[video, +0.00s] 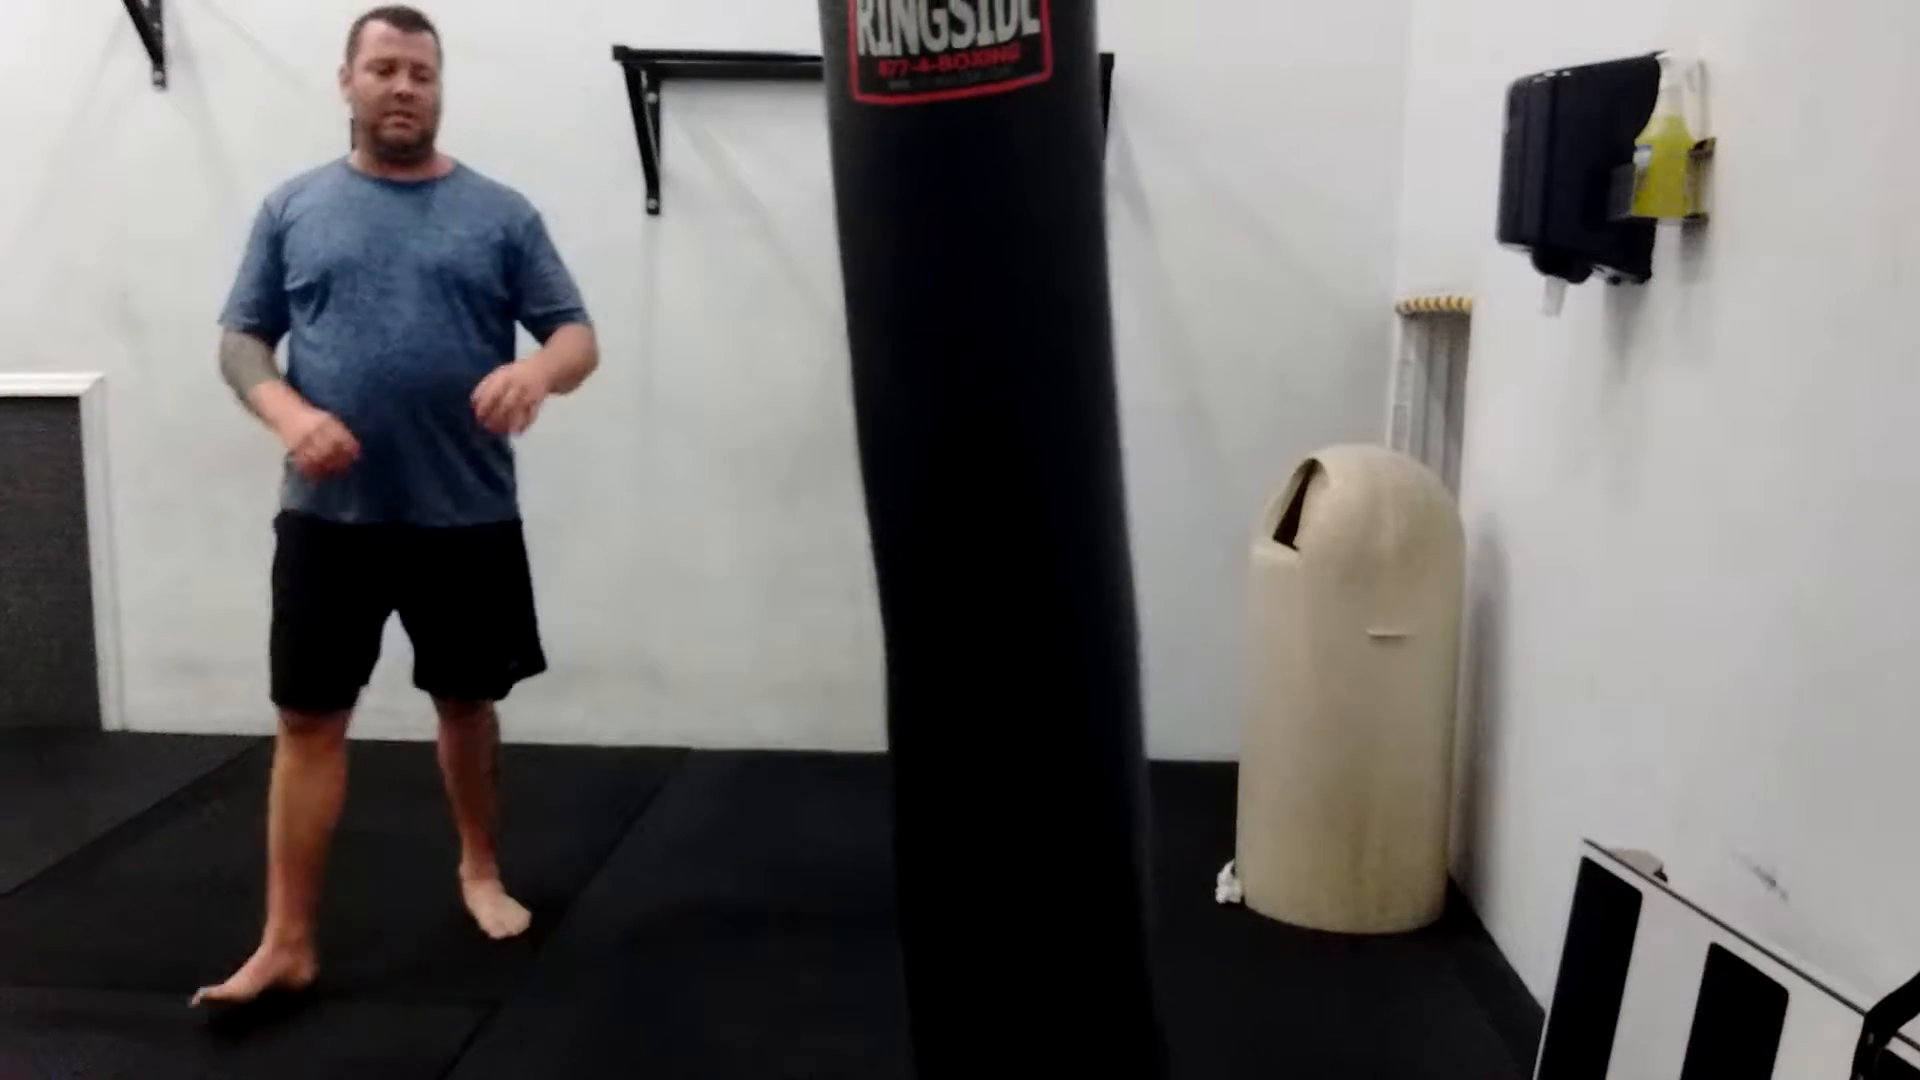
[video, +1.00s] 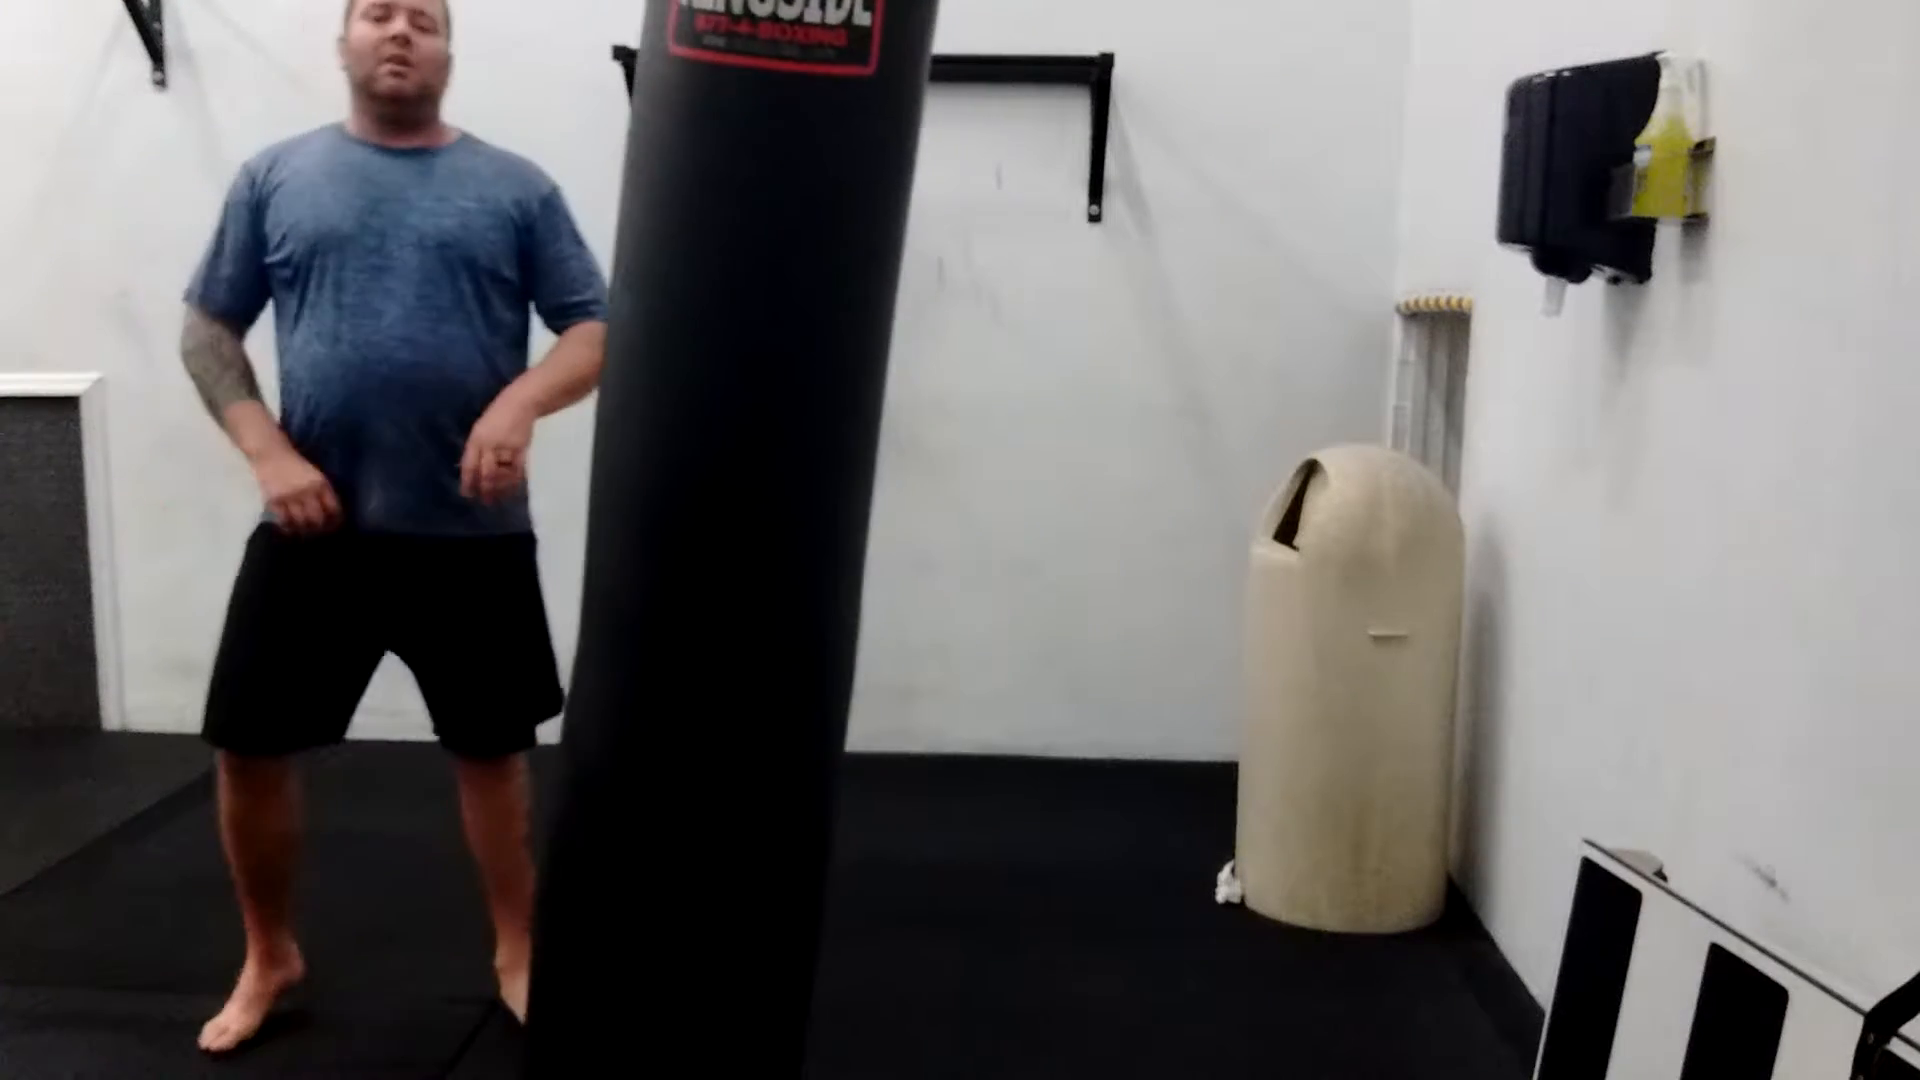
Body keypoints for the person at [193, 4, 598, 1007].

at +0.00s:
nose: (402, 87)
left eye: (419, 73)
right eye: (383, 70)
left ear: (441, 93)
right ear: (346, 87)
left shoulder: (500, 213)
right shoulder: (293, 209)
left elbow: (576, 339)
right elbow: (241, 346)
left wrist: (535, 371)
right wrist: (293, 418)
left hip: (463, 508)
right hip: (330, 508)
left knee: (467, 703)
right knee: (307, 720)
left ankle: (481, 877)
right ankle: (287, 943)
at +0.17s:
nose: (367, 83)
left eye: (384, 68)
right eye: (347, 65)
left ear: (406, 88)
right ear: (308, 83)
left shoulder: (466, 214)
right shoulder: (256, 216)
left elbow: (541, 345)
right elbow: (193, 356)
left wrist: (497, 398)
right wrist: (238, 443)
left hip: (438, 519)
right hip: (304, 525)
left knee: (460, 716)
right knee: (298, 740)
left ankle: (476, 869)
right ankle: (278, 967)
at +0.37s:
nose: (316, 64)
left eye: (331, 47)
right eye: (292, 46)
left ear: (354, 67)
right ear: (252, 69)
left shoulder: (428, 192)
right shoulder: (204, 201)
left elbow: (506, 332)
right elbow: (105, 331)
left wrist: (437, 423)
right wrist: (191, 442)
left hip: (420, 519)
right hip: (274, 527)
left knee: (488, 710)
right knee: (286, 744)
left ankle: (466, 866)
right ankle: (279, 966)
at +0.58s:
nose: (308, 60)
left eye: (324, 41)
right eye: (283, 43)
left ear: (348, 54)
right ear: (242, 62)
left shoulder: (429, 181)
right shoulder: (199, 193)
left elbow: (523, 312)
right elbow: (83, 319)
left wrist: (475, 409)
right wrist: (181, 443)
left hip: (423, 520)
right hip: (275, 529)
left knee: (471, 740)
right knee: (288, 755)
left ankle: (519, 954)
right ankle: (280, 969)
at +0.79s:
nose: (349, 46)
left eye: (367, 28)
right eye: (324, 28)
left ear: (394, 46)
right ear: (286, 52)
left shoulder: (472, 183)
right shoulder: (236, 193)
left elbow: (559, 321)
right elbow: (192, 348)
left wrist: (498, 405)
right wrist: (225, 425)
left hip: (447, 524)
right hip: (300, 528)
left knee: (481, 749)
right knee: (292, 757)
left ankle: (518, 965)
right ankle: (278, 969)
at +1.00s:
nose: (399, 30)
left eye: (421, 20)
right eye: (377, 15)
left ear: (447, 56)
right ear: (342, 47)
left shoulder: (515, 185)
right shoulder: (278, 176)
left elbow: (597, 332)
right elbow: (204, 330)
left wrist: (520, 401)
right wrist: (270, 453)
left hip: (471, 534)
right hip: (316, 529)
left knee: (494, 753)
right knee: (249, 749)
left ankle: (519, 956)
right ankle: (268, 958)